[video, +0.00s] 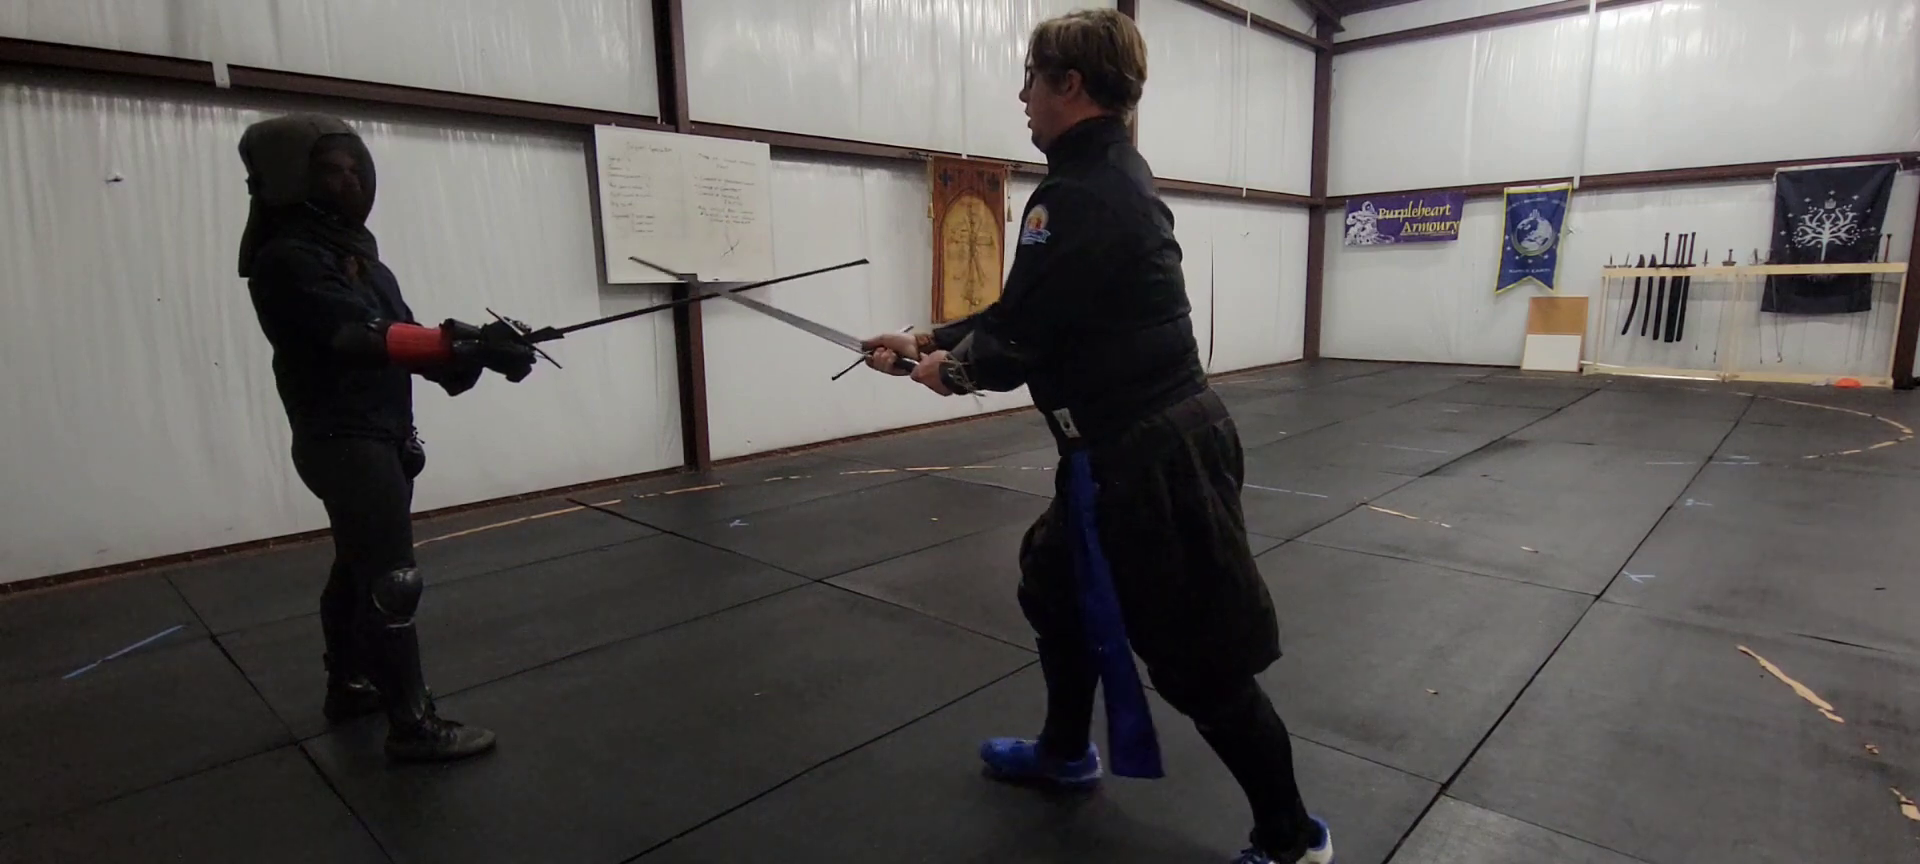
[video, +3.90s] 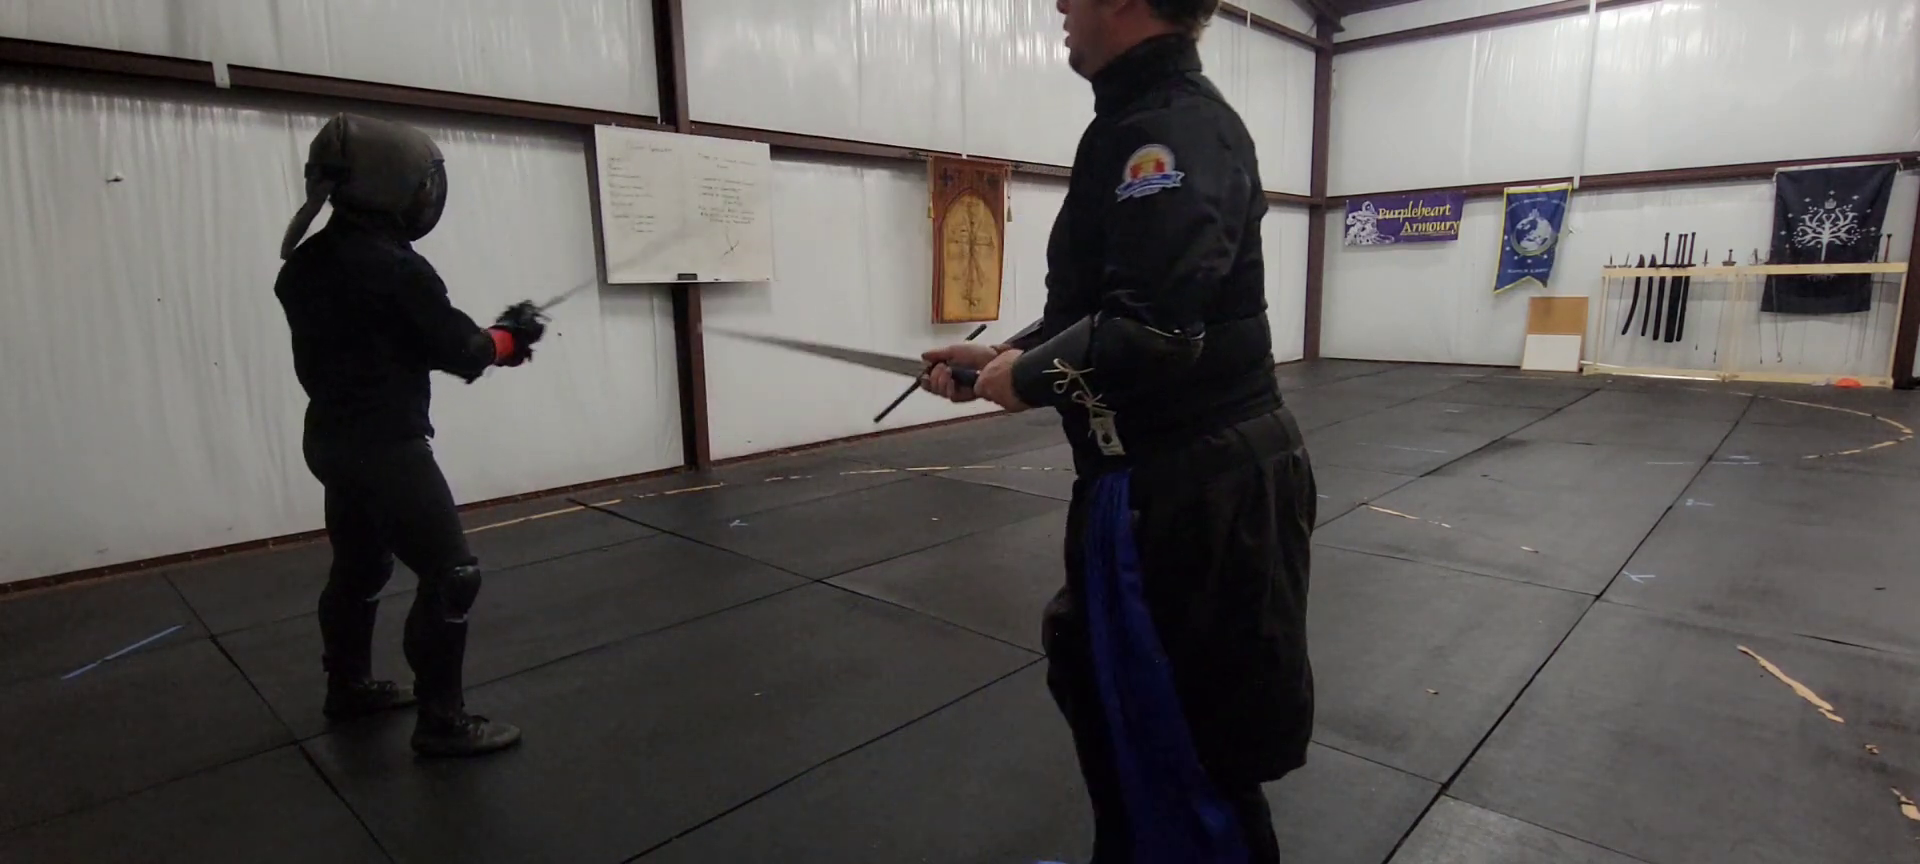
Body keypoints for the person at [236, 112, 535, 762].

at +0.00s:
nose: (355, 182)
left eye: (360, 170)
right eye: (339, 170)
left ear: (365, 180)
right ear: (304, 181)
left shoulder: (353, 248)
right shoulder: (286, 255)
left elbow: (393, 329)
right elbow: (349, 336)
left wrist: (459, 353)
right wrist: (464, 346)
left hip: (380, 436)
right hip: (341, 442)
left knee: (359, 568)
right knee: (392, 581)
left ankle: (349, 687)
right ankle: (411, 724)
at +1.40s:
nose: (373, 180)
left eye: (376, 169)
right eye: (357, 168)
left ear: (380, 177)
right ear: (322, 179)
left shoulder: (348, 250)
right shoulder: (313, 257)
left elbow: (377, 350)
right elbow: (366, 342)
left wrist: (395, 430)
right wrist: (439, 367)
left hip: (370, 439)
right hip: (352, 443)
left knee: (358, 569)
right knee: (395, 580)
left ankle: (350, 688)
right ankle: (410, 722)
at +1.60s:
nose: (389, 181)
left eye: (388, 168)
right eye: (377, 168)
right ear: (346, 176)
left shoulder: (343, 250)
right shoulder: (325, 257)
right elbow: (371, 353)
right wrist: (432, 361)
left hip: (364, 440)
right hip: (361, 445)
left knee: (358, 566)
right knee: (392, 571)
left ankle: (349, 686)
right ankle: (412, 719)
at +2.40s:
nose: (432, 196)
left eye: (433, 183)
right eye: (422, 183)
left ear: (358, 189)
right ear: (389, 188)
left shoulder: (341, 256)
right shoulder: (374, 261)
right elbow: (423, 363)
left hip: (357, 443)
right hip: (382, 447)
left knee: (378, 568)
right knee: (447, 578)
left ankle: (350, 688)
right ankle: (441, 721)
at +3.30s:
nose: (439, 192)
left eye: (437, 180)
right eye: (431, 180)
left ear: (348, 187)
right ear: (407, 189)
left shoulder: (306, 268)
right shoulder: (406, 268)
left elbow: (383, 342)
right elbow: (461, 344)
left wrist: (471, 330)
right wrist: (507, 336)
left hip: (339, 448)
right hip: (398, 451)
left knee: (360, 570)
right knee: (459, 577)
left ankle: (349, 691)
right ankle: (444, 723)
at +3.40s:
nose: (446, 195)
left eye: (444, 182)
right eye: (439, 183)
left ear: (358, 186)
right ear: (419, 191)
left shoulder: (314, 261)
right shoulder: (414, 267)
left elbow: (288, 345)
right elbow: (461, 352)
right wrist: (481, 328)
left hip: (340, 445)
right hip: (398, 449)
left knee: (360, 568)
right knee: (460, 577)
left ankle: (348, 690)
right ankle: (444, 722)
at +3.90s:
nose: (432, 193)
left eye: (430, 180)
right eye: (425, 181)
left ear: (342, 186)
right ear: (402, 190)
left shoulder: (303, 266)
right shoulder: (399, 270)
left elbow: (338, 354)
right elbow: (456, 349)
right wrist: (506, 340)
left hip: (333, 447)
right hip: (392, 450)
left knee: (357, 568)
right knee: (451, 575)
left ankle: (348, 687)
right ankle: (442, 719)